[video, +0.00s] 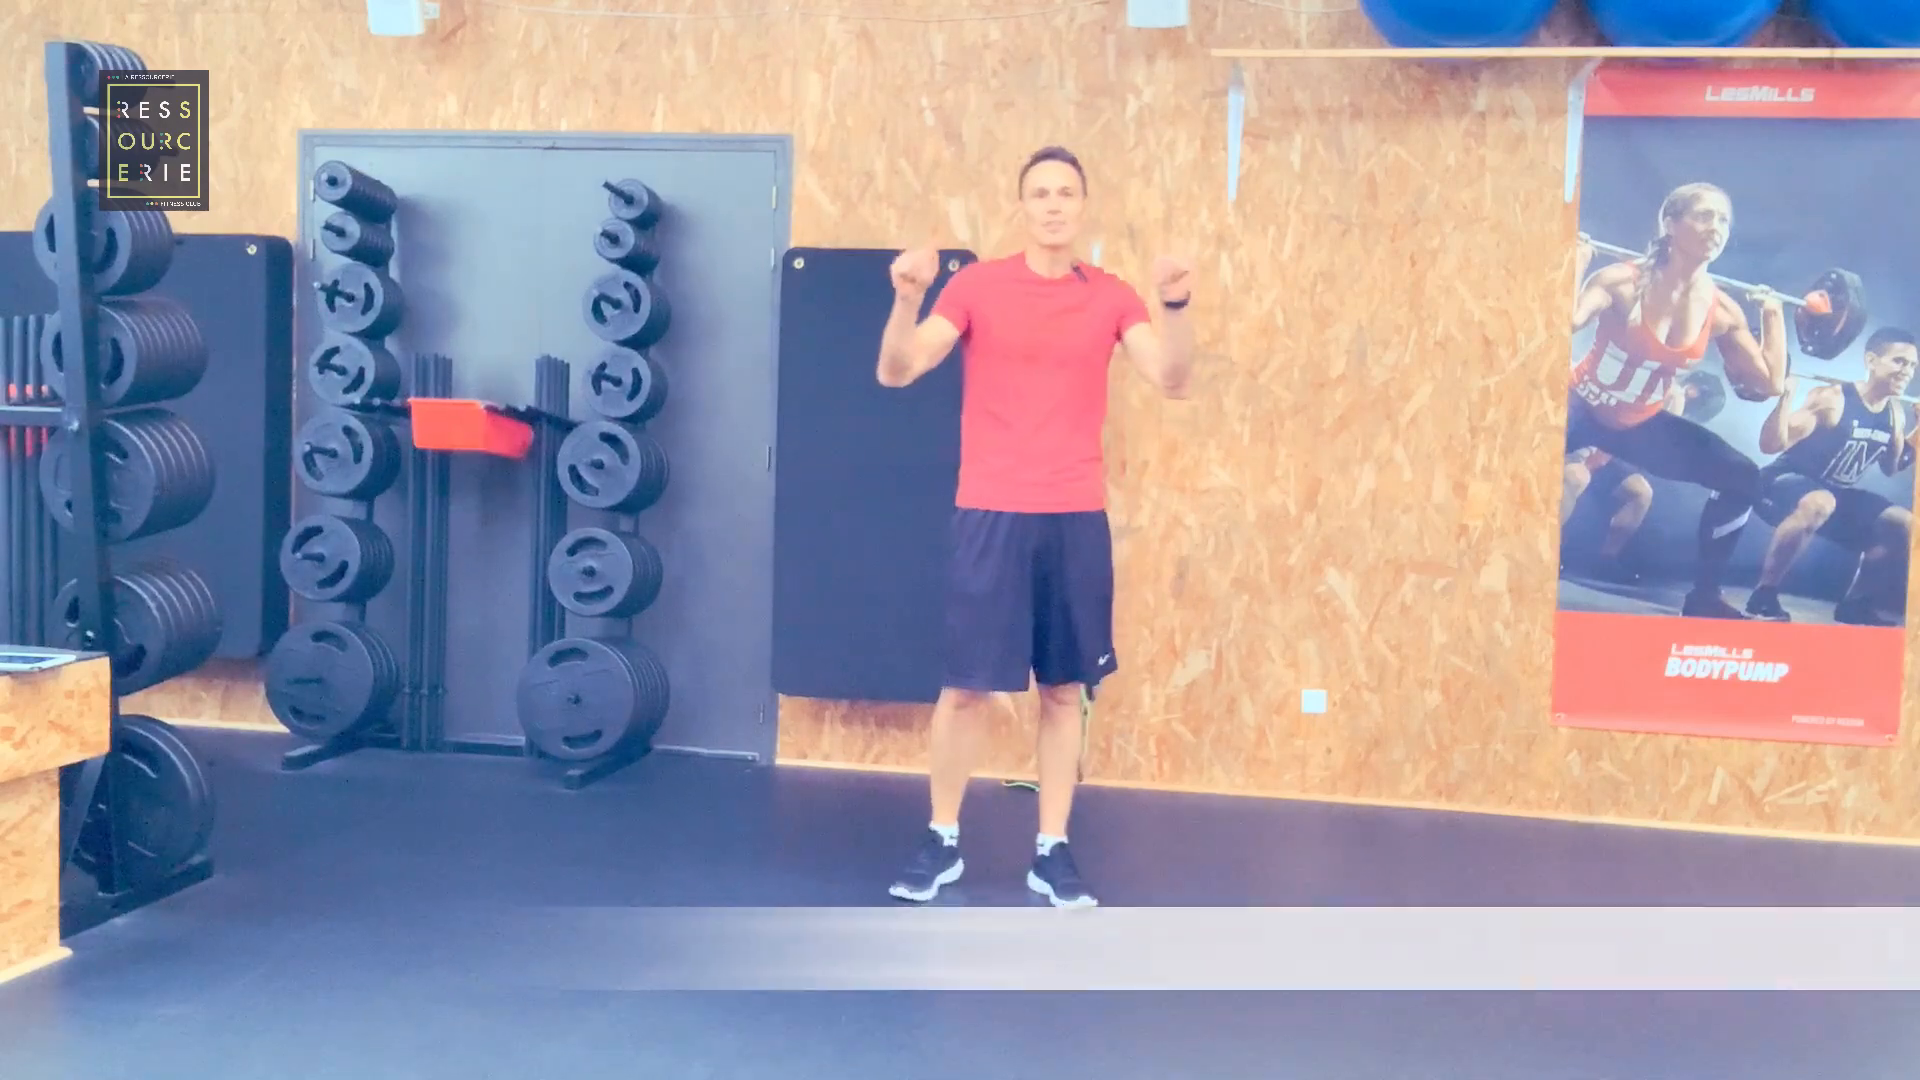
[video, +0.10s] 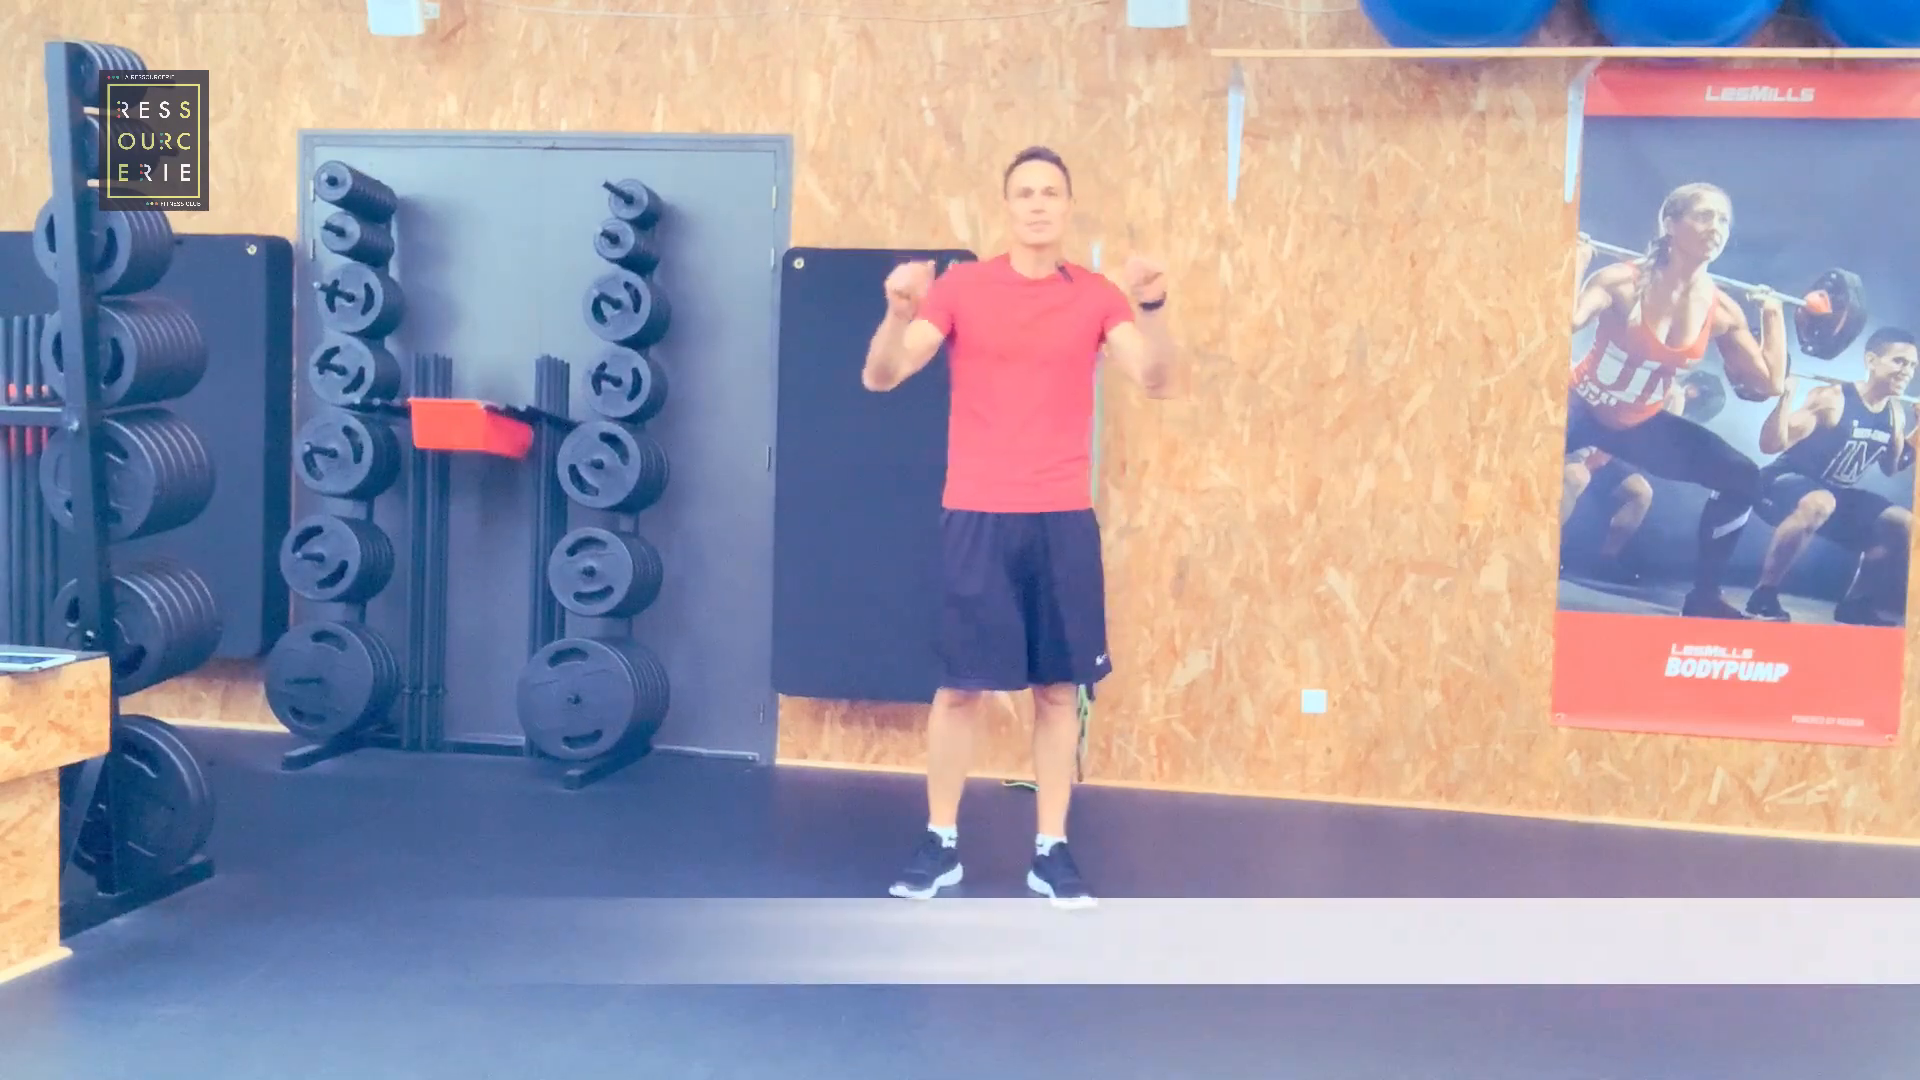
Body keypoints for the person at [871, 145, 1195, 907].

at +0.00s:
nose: (1053, 205)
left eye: (1065, 194)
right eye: (1040, 194)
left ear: (1086, 208)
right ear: (1019, 209)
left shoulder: (1110, 293)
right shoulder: (977, 283)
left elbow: (1172, 378)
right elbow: (895, 372)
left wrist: (1174, 305)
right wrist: (905, 300)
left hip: (1075, 514)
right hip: (989, 511)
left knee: (1064, 688)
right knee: (966, 686)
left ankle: (1052, 853)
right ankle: (942, 844)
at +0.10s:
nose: (1037, 205)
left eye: (1050, 194)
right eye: (1025, 194)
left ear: (1070, 208)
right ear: (1003, 208)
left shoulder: (1095, 292)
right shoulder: (960, 287)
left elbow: (1156, 381)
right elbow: (879, 377)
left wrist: (1152, 305)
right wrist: (898, 312)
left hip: (1063, 514)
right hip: (977, 513)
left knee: (1058, 689)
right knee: (962, 685)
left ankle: (1050, 853)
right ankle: (940, 845)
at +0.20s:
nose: (1018, 203)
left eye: (1031, 192)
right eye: (1006, 192)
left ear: (1052, 207)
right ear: (985, 206)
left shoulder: (1079, 289)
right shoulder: (946, 284)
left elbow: (1134, 388)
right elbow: (861, 384)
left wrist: (1119, 314)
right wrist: (886, 341)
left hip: (1046, 513)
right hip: (959, 511)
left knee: (1048, 690)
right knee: (952, 683)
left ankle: (1051, 853)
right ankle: (938, 848)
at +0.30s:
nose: (999, 204)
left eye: (1013, 193)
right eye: (988, 192)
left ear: (1034, 208)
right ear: (968, 207)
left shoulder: (1069, 294)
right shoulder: (930, 287)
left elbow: (1116, 399)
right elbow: (855, 384)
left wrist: (1085, 346)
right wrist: (881, 391)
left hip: (1031, 513)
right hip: (942, 511)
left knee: (1041, 692)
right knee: (940, 685)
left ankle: (1049, 850)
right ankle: (937, 846)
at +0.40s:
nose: (983, 205)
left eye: (998, 194)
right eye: (972, 192)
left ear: (1019, 208)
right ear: (953, 204)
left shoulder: (1051, 296)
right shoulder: (916, 291)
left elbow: (1093, 401)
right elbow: (860, 396)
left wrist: (1055, 417)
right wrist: (871, 460)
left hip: (1017, 515)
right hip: (929, 513)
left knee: (1032, 694)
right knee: (935, 687)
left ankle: (1047, 844)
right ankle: (937, 846)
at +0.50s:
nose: (971, 205)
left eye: (985, 194)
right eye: (960, 192)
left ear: (1006, 208)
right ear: (940, 202)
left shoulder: (1035, 293)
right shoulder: (900, 296)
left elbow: (1069, 402)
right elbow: (869, 412)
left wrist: (1061, 502)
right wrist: (863, 518)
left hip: (1011, 516)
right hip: (920, 517)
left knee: (1025, 684)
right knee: (933, 686)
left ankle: (1041, 839)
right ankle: (936, 842)